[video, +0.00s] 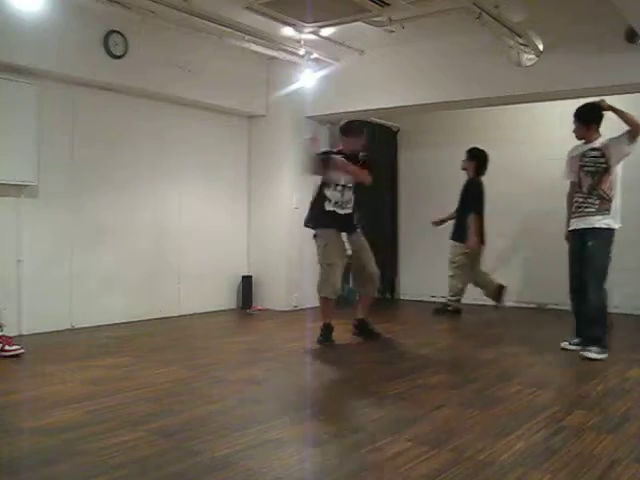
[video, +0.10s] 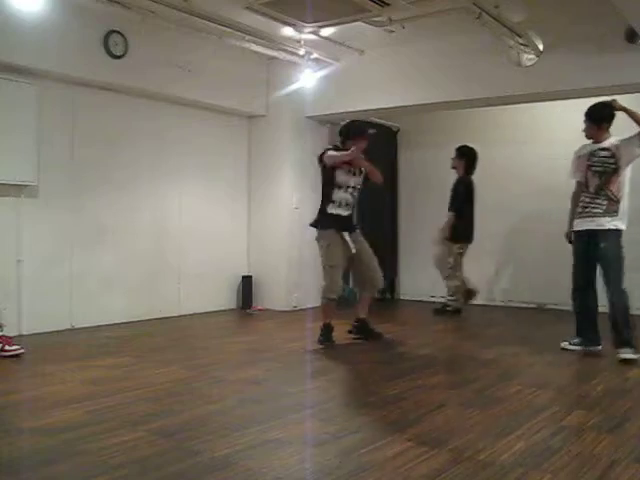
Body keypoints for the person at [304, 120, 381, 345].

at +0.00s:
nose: (362, 146)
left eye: (362, 141)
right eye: (359, 141)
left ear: (360, 141)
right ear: (347, 139)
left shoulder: (360, 161)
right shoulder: (328, 157)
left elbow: (367, 179)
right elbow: (315, 168)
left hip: (349, 222)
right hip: (325, 221)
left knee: (369, 271)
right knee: (332, 269)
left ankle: (361, 321)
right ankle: (326, 326)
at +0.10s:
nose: (364, 146)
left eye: (365, 142)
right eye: (361, 141)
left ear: (364, 144)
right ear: (350, 141)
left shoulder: (361, 163)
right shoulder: (330, 154)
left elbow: (379, 179)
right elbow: (329, 159)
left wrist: (360, 161)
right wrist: (352, 153)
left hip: (351, 228)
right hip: (329, 227)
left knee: (372, 277)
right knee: (333, 281)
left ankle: (361, 322)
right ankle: (326, 328)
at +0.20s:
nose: (363, 144)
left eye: (364, 140)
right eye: (359, 140)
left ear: (363, 141)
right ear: (347, 139)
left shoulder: (362, 160)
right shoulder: (335, 153)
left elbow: (377, 179)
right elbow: (331, 160)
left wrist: (364, 163)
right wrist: (354, 162)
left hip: (351, 227)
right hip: (332, 227)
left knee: (363, 277)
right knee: (337, 279)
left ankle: (359, 324)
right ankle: (320, 325)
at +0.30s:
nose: (358, 141)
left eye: (360, 137)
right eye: (354, 137)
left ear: (359, 138)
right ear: (343, 136)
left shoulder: (358, 160)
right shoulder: (329, 150)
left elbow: (373, 181)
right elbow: (328, 164)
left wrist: (354, 173)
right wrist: (354, 171)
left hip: (351, 227)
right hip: (332, 227)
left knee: (360, 277)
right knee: (337, 278)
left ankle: (358, 324)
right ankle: (309, 324)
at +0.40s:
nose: (354, 137)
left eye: (355, 132)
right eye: (350, 132)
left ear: (353, 133)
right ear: (339, 133)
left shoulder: (355, 157)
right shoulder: (324, 149)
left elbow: (373, 186)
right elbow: (308, 169)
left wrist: (361, 179)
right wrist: (339, 174)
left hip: (350, 226)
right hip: (329, 226)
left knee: (354, 279)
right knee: (331, 278)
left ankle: (355, 324)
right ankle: (308, 325)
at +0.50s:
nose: (349, 135)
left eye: (349, 131)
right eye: (345, 131)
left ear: (347, 132)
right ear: (334, 131)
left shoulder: (352, 154)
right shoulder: (317, 147)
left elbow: (359, 180)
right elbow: (292, 166)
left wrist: (361, 175)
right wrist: (319, 169)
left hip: (347, 225)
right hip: (323, 224)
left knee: (353, 276)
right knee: (325, 277)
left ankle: (354, 324)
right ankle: (306, 327)